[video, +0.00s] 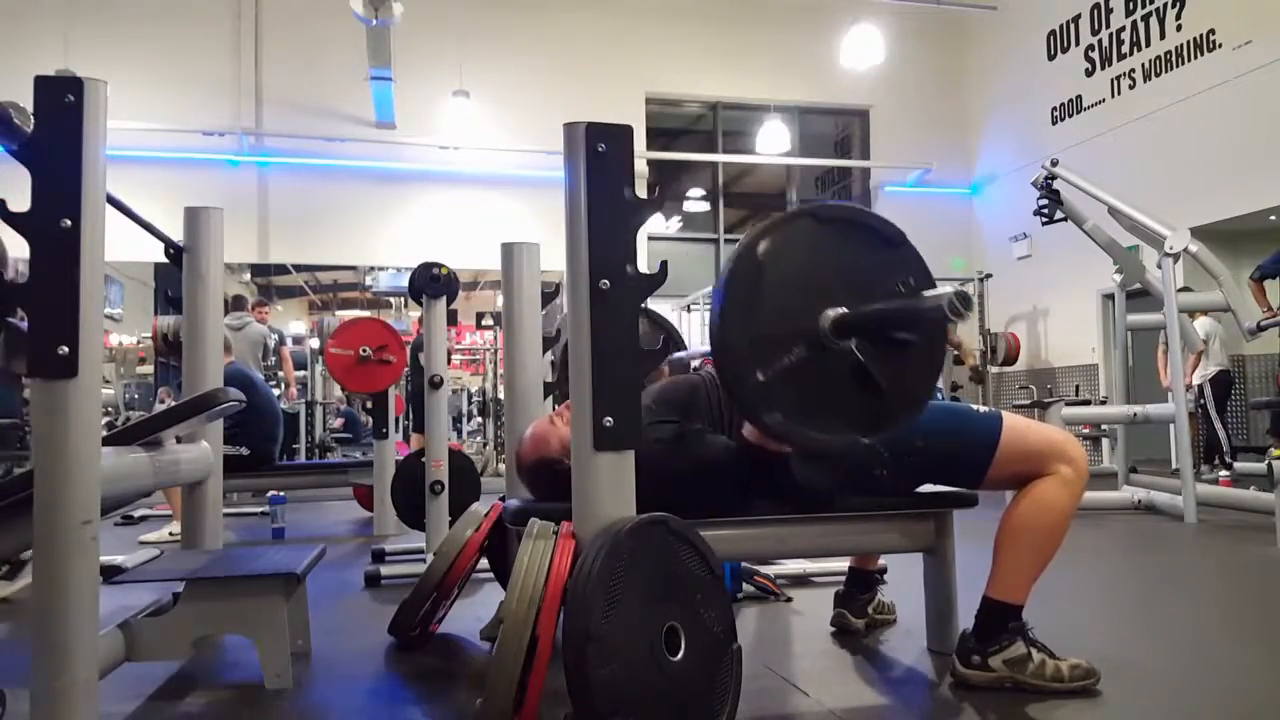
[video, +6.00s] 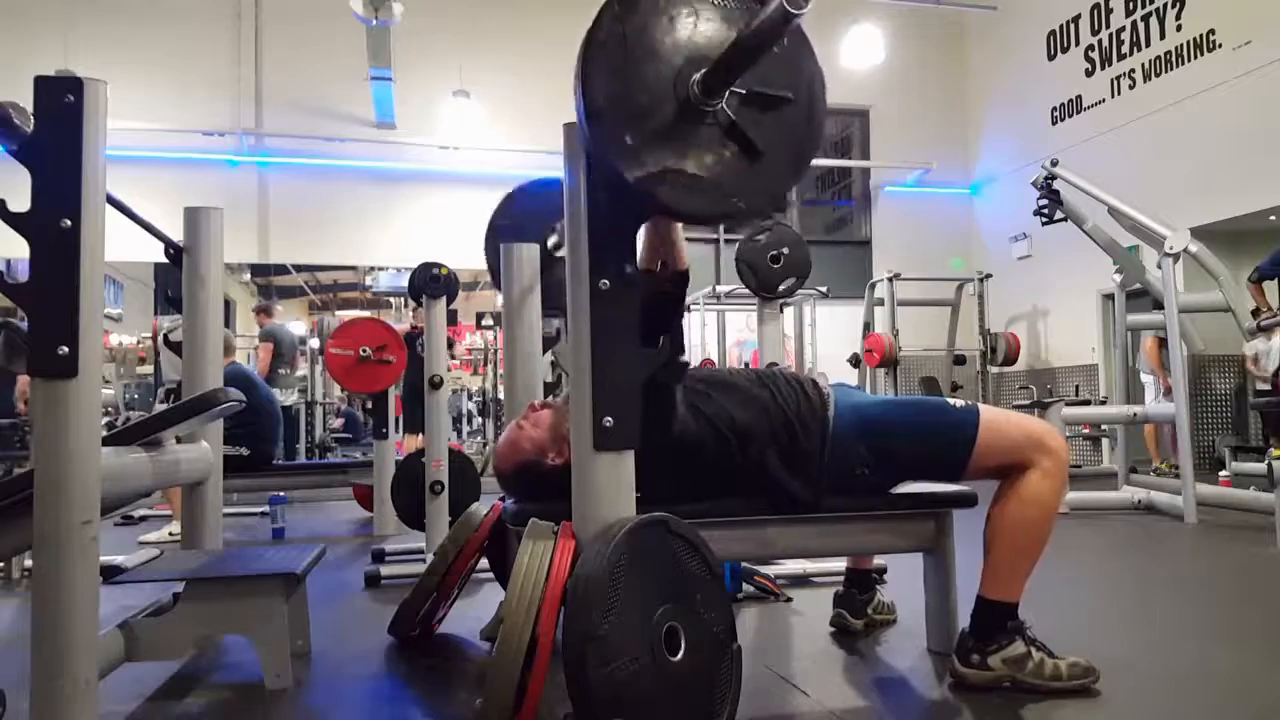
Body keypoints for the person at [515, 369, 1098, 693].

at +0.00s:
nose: (553, 409)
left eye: (544, 415)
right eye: (550, 422)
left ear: (562, 443)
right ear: (568, 450)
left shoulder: (622, 433)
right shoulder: (633, 454)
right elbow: (757, 442)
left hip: (808, 435)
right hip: (846, 444)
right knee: (1063, 457)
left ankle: (857, 597)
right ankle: (993, 640)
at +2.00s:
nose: (552, 410)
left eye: (541, 414)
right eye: (543, 425)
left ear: (557, 444)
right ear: (561, 460)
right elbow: (703, 384)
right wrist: (710, 258)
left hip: (818, 413)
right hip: (839, 437)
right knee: (1055, 454)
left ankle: (860, 593)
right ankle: (992, 643)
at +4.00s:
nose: (545, 409)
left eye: (534, 414)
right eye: (537, 427)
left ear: (554, 425)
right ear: (557, 462)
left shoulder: (608, 429)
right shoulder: (618, 450)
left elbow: (655, 330)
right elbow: (670, 316)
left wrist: (670, 217)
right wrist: (674, 213)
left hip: (821, 419)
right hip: (840, 434)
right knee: (1049, 453)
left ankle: (859, 592)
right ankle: (992, 639)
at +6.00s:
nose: (539, 406)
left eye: (526, 412)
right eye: (530, 425)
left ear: (552, 452)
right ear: (553, 461)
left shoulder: (603, 427)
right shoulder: (618, 439)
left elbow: (645, 319)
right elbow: (655, 306)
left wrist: (659, 195)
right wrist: (661, 189)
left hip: (808, 419)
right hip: (832, 432)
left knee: (908, 435)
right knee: (1044, 450)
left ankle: (859, 595)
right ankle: (992, 641)